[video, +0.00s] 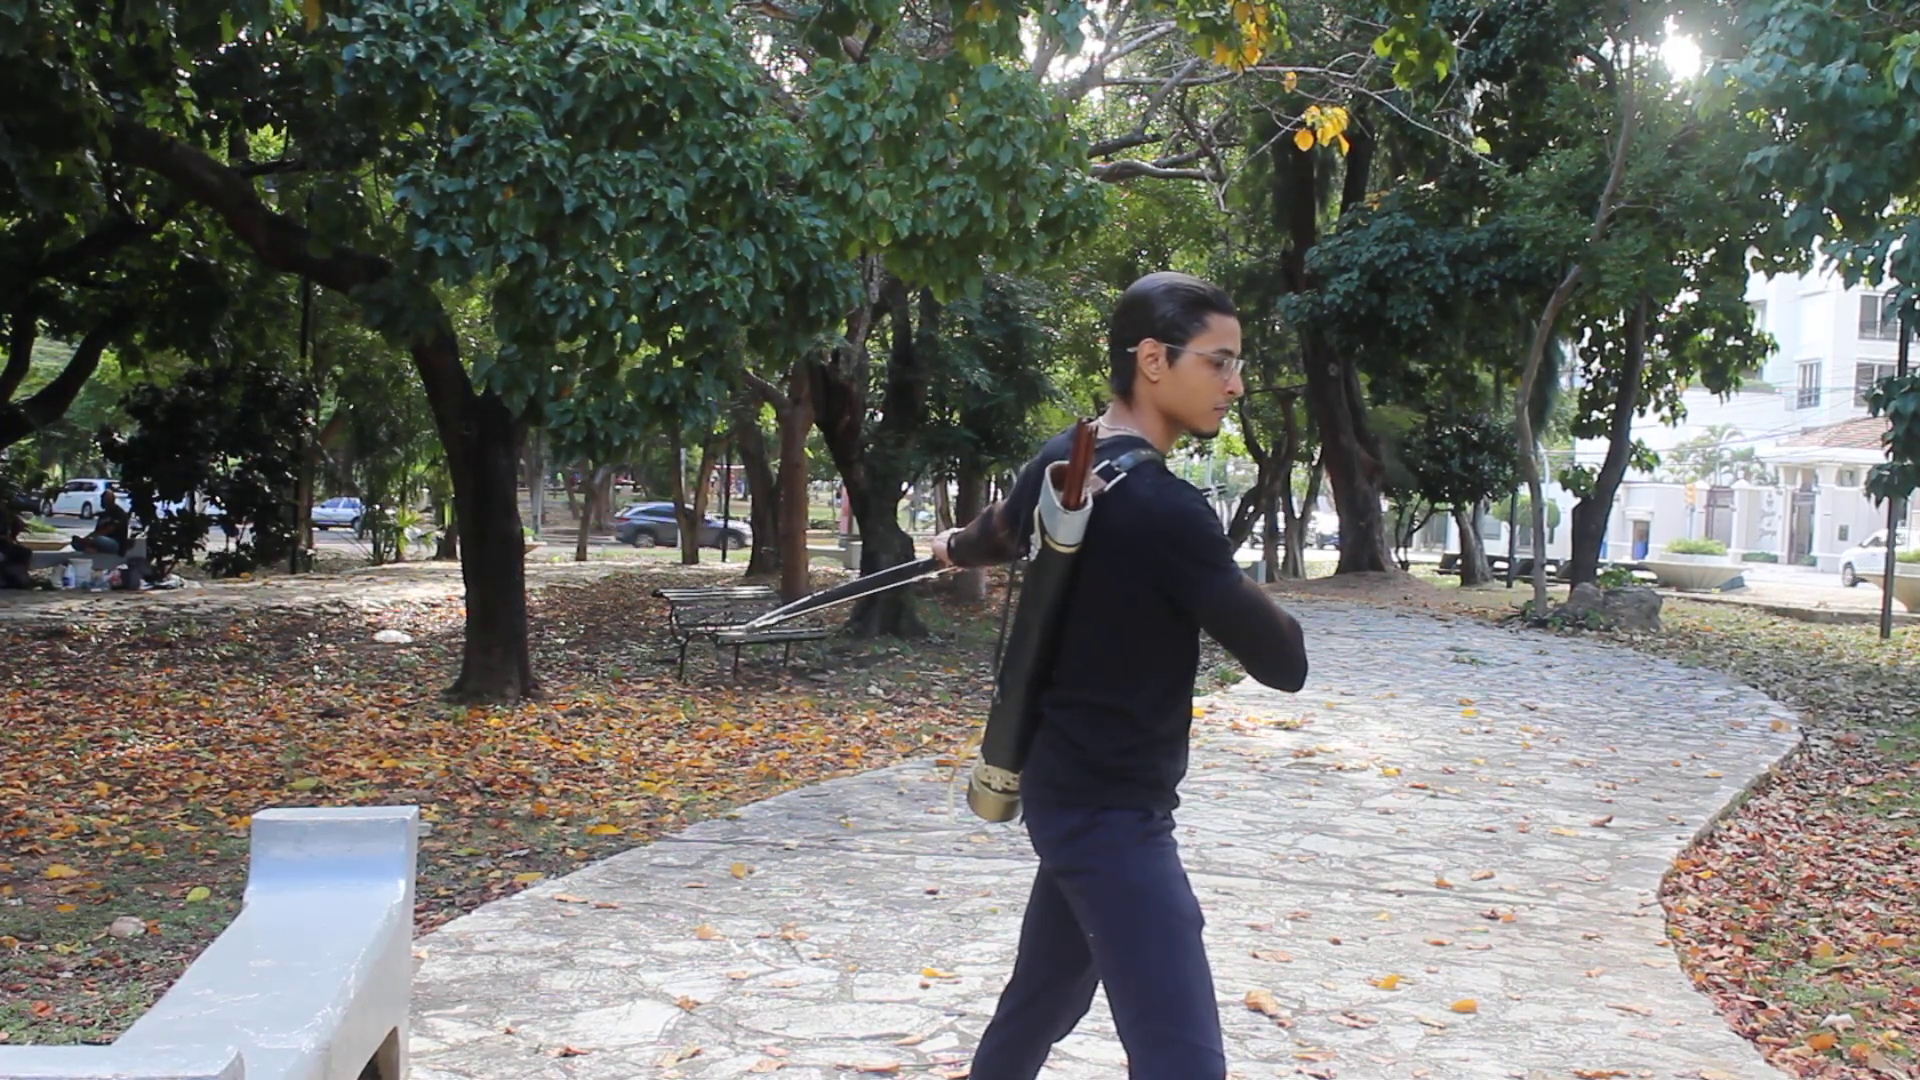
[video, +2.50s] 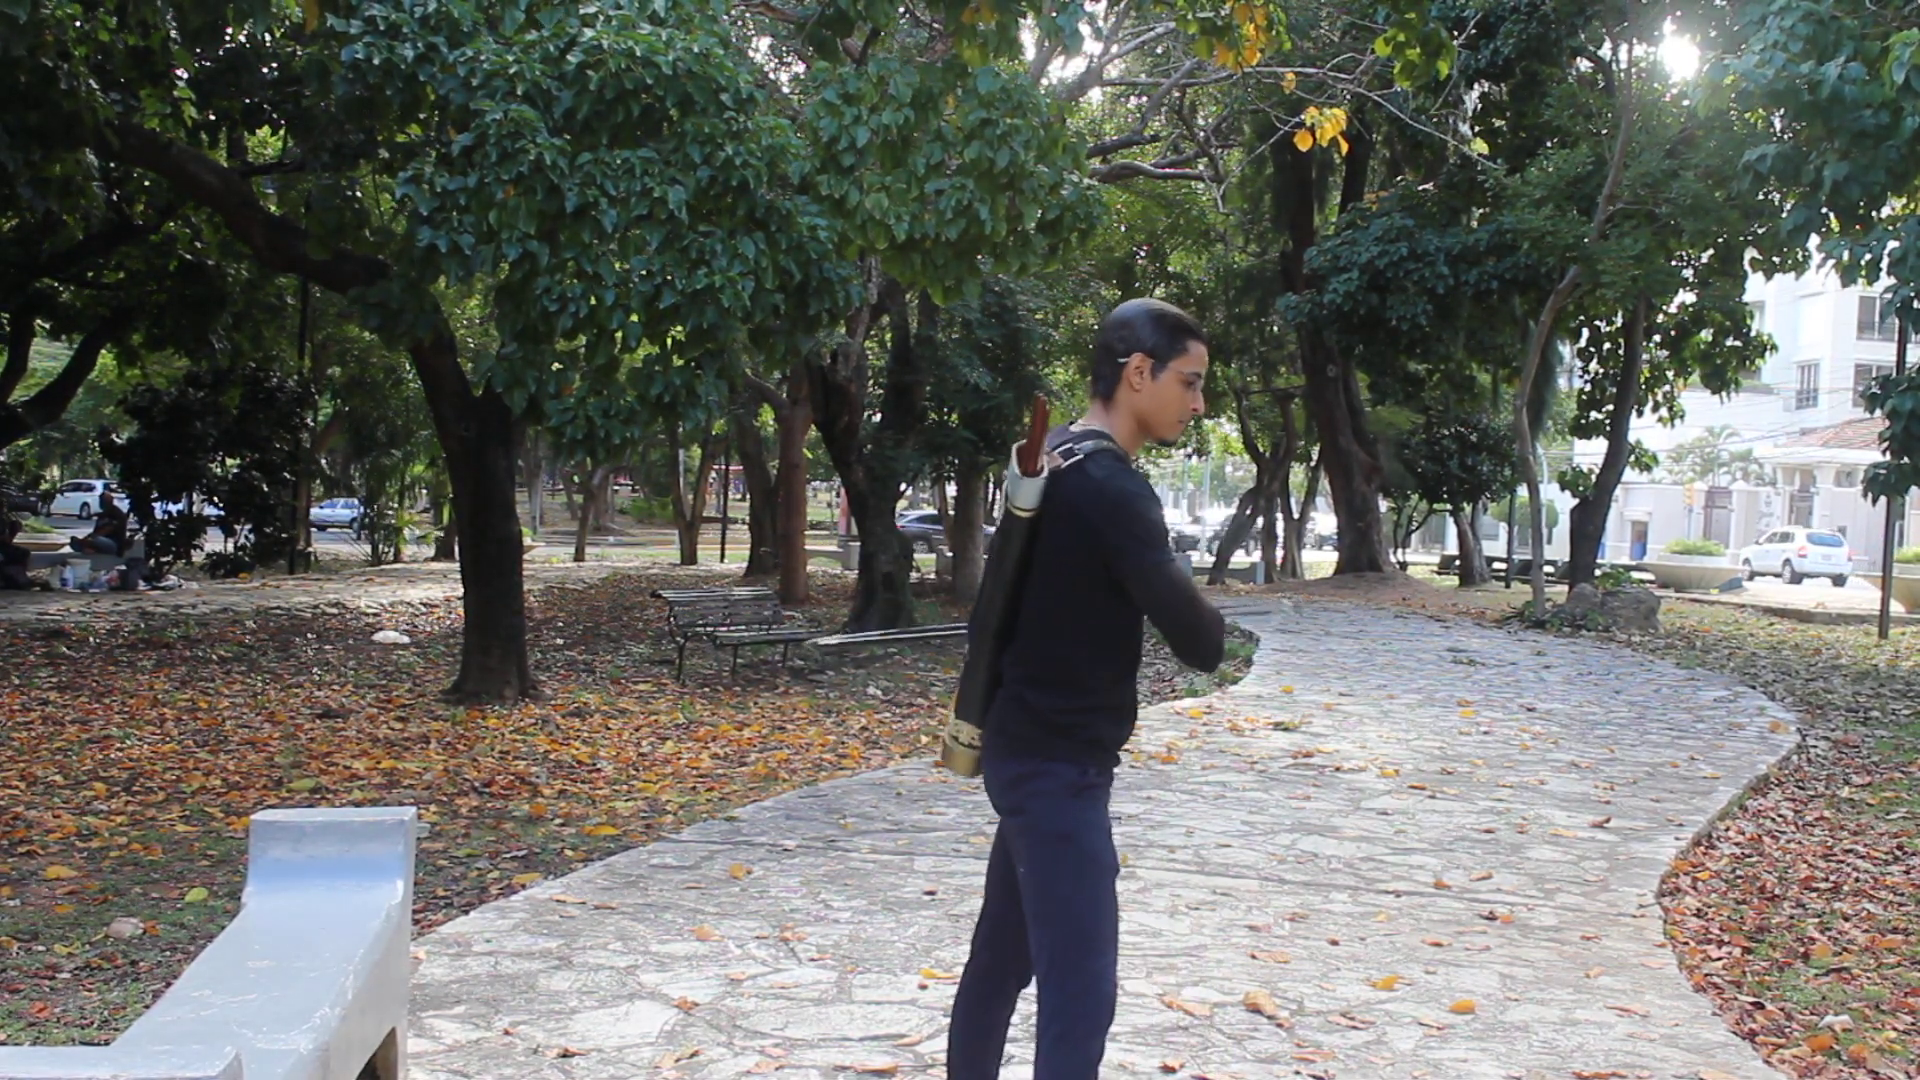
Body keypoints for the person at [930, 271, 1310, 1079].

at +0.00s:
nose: (1237, 384)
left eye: (1238, 363)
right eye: (1218, 362)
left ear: (1154, 368)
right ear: (1153, 363)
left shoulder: (1065, 456)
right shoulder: (1168, 508)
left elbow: (1000, 532)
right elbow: (1286, 663)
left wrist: (955, 548)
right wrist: (1235, 587)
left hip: (1072, 791)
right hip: (1113, 811)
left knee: (1039, 1008)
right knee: (1184, 1059)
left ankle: (986, 1077)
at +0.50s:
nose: (1250, 397)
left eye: (1253, 378)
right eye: (1245, 374)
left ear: (1173, 359)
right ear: (1192, 359)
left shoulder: (1066, 445)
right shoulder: (1174, 496)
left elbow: (985, 543)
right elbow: (1270, 674)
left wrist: (955, 567)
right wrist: (1221, 583)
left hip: (1046, 781)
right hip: (1107, 801)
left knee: (1053, 1000)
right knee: (1171, 1052)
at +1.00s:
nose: (1221, 423)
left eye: (1229, 405)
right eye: (1225, 399)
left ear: (1138, 373)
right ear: (1188, 376)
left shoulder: (1044, 456)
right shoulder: (1156, 491)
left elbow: (980, 609)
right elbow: (1182, 679)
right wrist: (1193, 631)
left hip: (1013, 763)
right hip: (1078, 779)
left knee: (1070, 1012)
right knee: (1137, 1041)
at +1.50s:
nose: (1247, 413)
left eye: (1255, 395)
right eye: (1249, 388)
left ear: (1183, 363)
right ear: (1203, 364)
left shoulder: (1090, 443)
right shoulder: (1136, 478)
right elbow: (1201, 671)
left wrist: (1197, 615)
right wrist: (1231, 623)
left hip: (1041, 766)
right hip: (1068, 781)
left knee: (1096, 1007)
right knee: (1127, 1031)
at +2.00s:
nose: (1221, 428)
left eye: (1226, 410)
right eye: (1218, 405)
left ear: (1158, 389)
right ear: (1167, 388)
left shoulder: (1079, 474)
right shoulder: (1110, 499)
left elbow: (1072, 640)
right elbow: (1141, 681)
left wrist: (1177, 643)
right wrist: (1208, 655)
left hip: (1057, 778)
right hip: (1074, 788)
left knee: (1057, 969)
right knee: (1130, 1001)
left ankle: (995, 1073)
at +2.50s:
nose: (1200, 406)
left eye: (1202, 386)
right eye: (1191, 384)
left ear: (1130, 377)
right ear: (1137, 373)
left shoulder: (1059, 458)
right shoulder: (1112, 484)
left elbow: (1007, 601)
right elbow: (1200, 639)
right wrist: (1204, 617)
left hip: (1032, 755)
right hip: (1061, 768)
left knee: (997, 967)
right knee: (1081, 1000)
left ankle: (967, 1075)